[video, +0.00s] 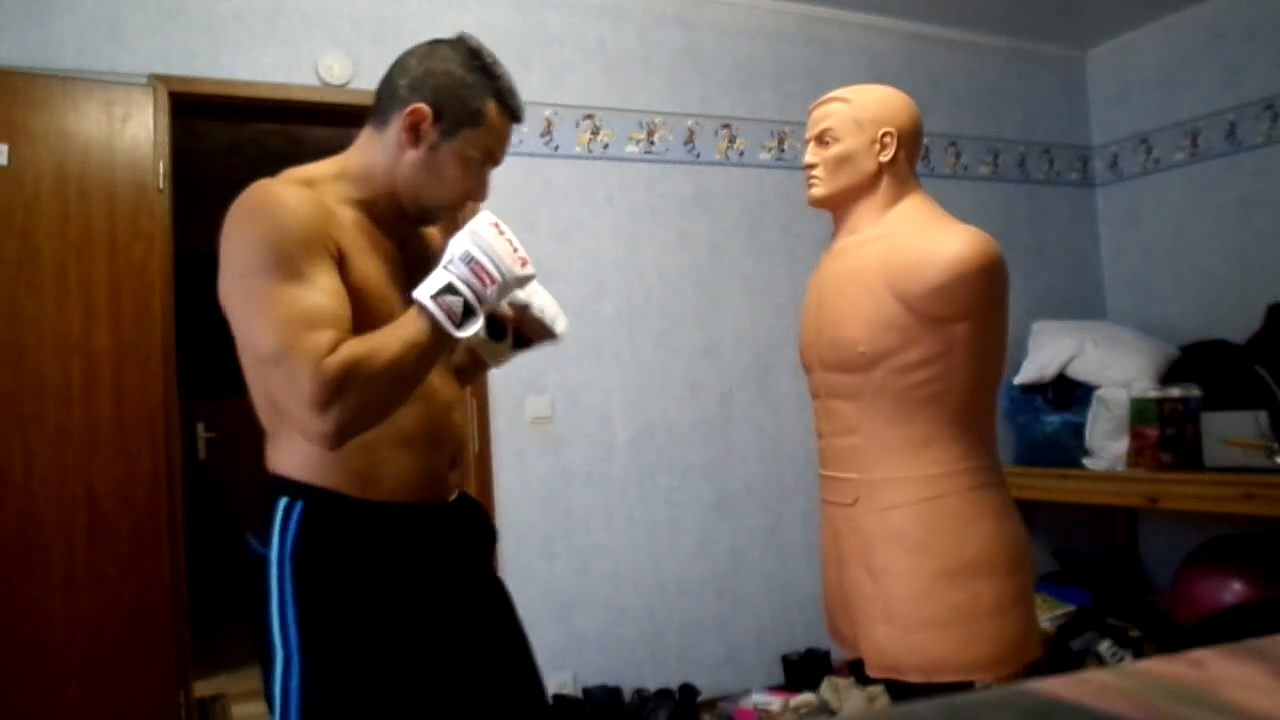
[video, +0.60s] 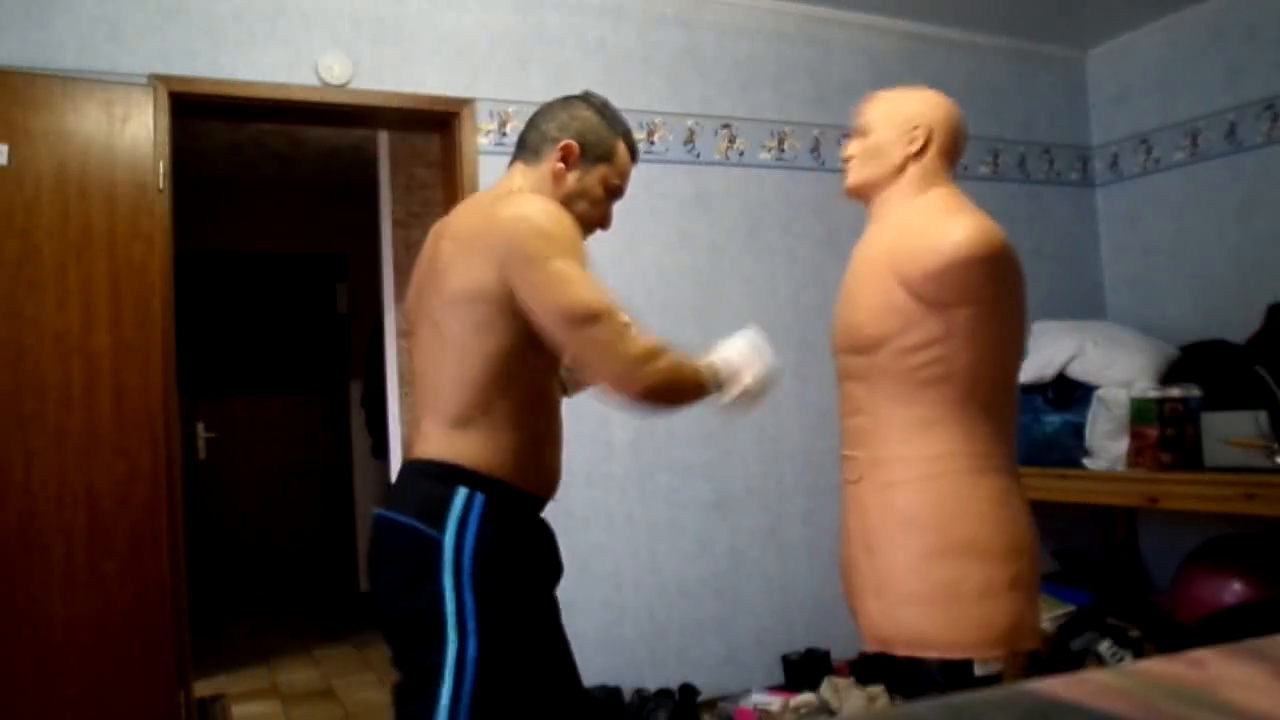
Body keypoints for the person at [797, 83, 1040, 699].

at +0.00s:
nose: (807, 157)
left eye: (825, 140)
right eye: (808, 142)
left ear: (884, 148)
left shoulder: (949, 258)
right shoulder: (836, 261)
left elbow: (965, 431)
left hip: (934, 545)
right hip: (856, 544)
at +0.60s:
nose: (845, 149)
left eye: (861, 135)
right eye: (850, 136)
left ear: (914, 143)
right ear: (914, 146)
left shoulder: (948, 238)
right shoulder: (888, 235)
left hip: (940, 515)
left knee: (948, 696)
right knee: (907, 690)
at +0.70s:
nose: (815, 154)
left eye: (831, 138)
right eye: (818, 139)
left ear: (888, 147)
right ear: (883, 149)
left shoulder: (928, 246)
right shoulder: (862, 243)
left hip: (928, 523)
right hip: (874, 519)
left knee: (946, 691)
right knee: (898, 687)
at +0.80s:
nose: (781, 168)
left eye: (797, 148)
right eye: (780, 152)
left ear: (859, 152)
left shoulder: (922, 257)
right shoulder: (830, 255)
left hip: (923, 539)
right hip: (854, 535)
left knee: (950, 702)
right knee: (888, 694)